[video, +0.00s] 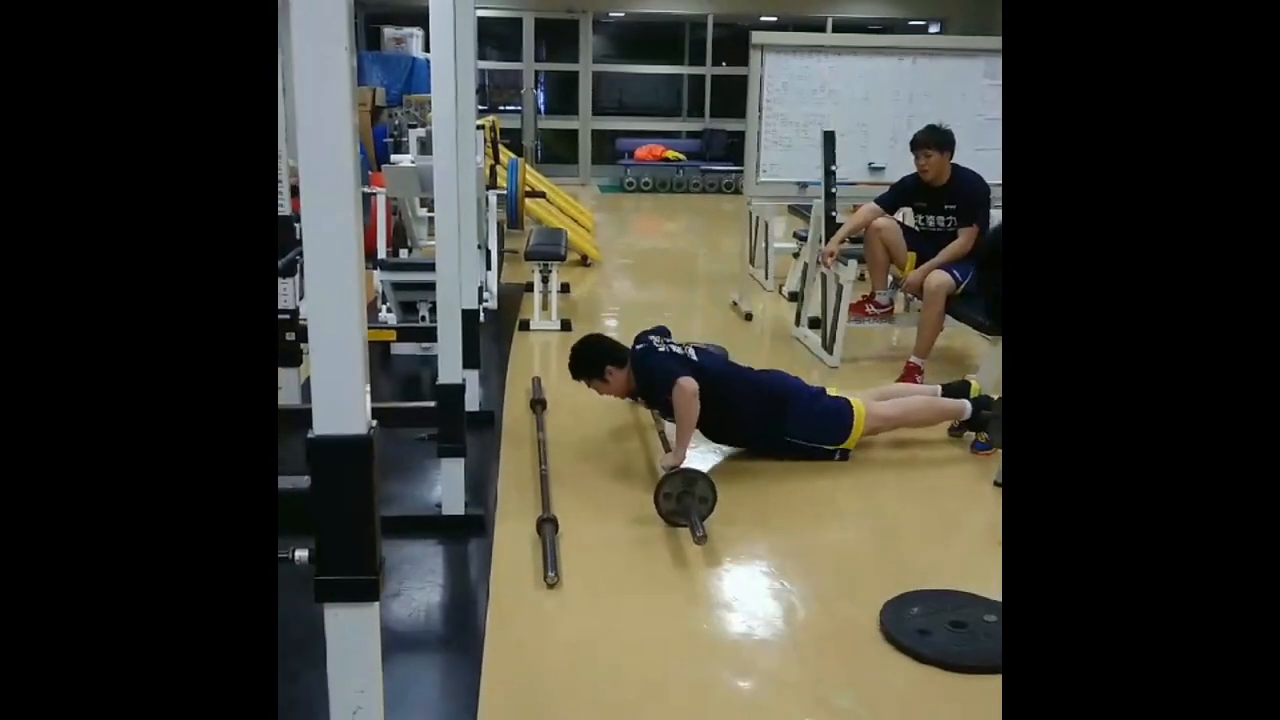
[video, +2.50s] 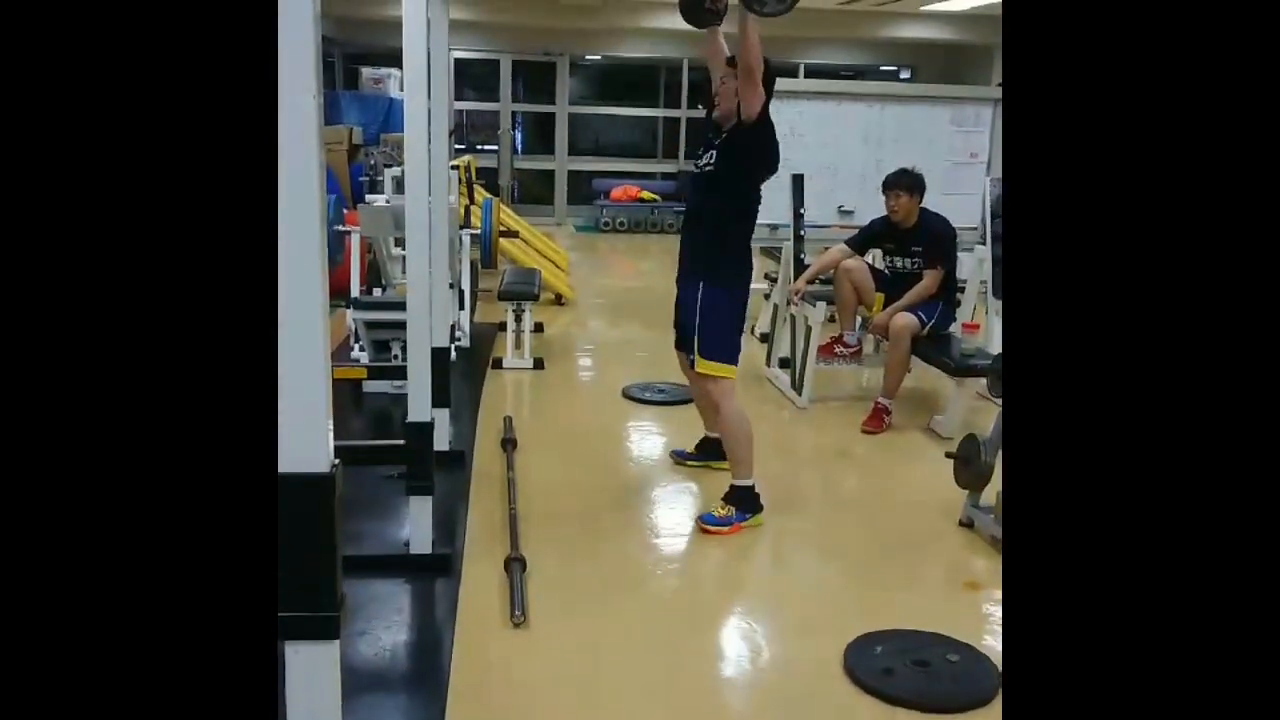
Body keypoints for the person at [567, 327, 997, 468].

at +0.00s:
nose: (601, 394)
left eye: (597, 387)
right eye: (594, 389)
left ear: (608, 374)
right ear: (611, 358)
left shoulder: (649, 367)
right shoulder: (644, 348)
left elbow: (688, 388)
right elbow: (681, 364)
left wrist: (679, 452)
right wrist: (671, 414)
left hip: (780, 414)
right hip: (774, 395)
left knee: (873, 419)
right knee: (863, 406)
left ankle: (971, 408)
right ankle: (949, 391)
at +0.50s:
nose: (599, 360)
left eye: (595, 353)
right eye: (591, 354)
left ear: (607, 338)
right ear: (609, 325)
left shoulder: (652, 345)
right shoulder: (641, 321)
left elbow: (683, 389)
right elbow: (648, 359)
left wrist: (672, 454)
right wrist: (628, 377)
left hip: (772, 398)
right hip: (764, 383)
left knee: (863, 410)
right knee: (854, 398)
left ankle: (959, 405)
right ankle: (945, 396)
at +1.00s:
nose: (626, 335)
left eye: (621, 328)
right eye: (620, 331)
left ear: (636, 314)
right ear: (638, 307)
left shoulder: (673, 316)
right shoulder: (653, 298)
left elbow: (674, 392)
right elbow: (651, 347)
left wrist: (664, 457)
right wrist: (639, 390)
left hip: (793, 264)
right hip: (761, 258)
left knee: (745, 350)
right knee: (718, 343)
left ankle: (804, 424)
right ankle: (773, 401)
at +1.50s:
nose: (613, 240)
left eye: (617, 231)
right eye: (613, 232)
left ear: (643, 234)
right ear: (644, 233)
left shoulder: (683, 261)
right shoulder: (666, 257)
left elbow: (697, 326)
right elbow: (660, 300)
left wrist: (681, 396)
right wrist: (650, 340)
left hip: (790, 297)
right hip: (764, 292)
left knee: (713, 368)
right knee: (699, 362)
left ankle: (732, 473)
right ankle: (717, 454)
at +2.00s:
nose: (731, 47)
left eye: (740, 41)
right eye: (734, 40)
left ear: (761, 53)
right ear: (753, 52)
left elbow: (785, 129)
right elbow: (681, 100)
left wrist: (743, 96)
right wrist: (682, 93)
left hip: (719, 232)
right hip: (686, 226)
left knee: (707, 346)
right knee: (679, 322)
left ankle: (736, 454)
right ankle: (705, 410)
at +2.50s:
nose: (726, 86)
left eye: (737, 78)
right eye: (726, 79)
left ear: (755, 90)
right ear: (725, 90)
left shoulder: (754, 138)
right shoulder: (722, 130)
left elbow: (749, 68)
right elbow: (717, 67)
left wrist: (748, 9)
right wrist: (713, 18)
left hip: (723, 271)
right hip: (695, 266)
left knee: (719, 383)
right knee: (691, 361)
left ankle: (746, 495)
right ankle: (716, 442)